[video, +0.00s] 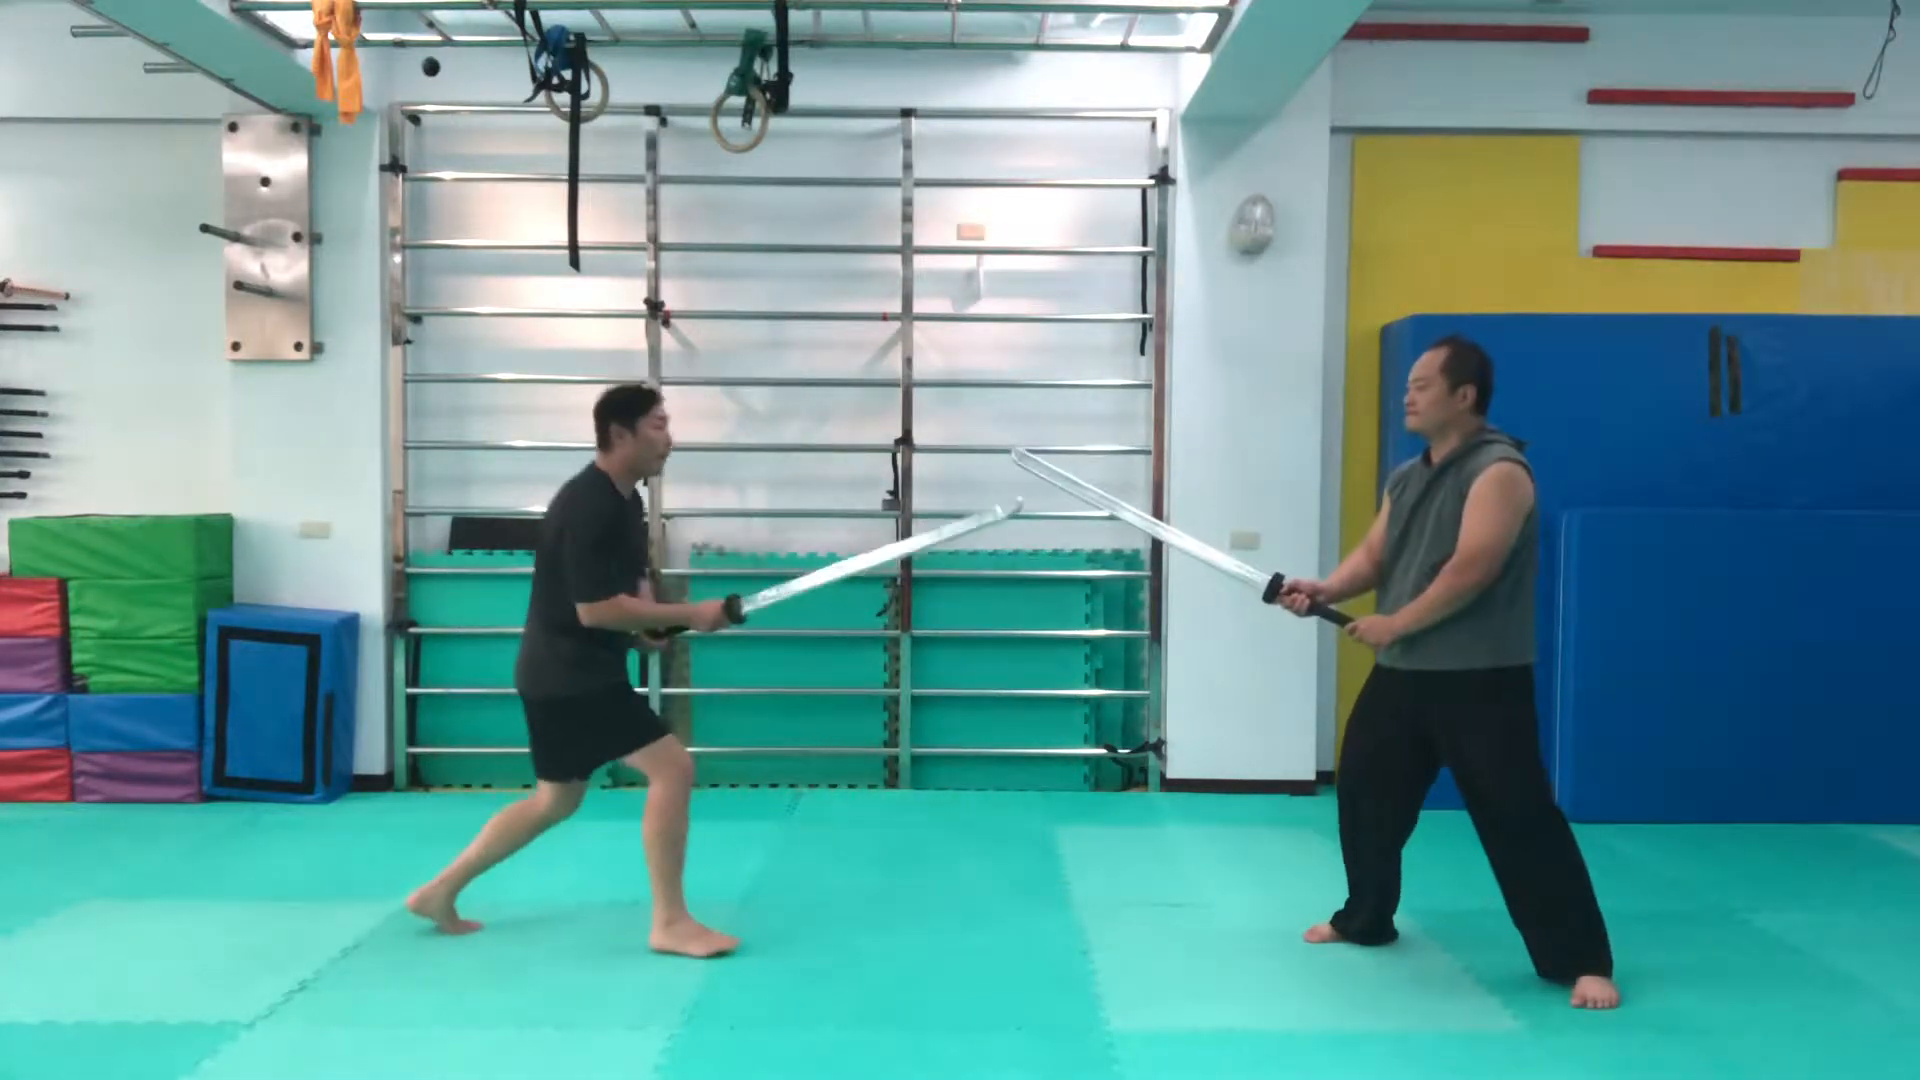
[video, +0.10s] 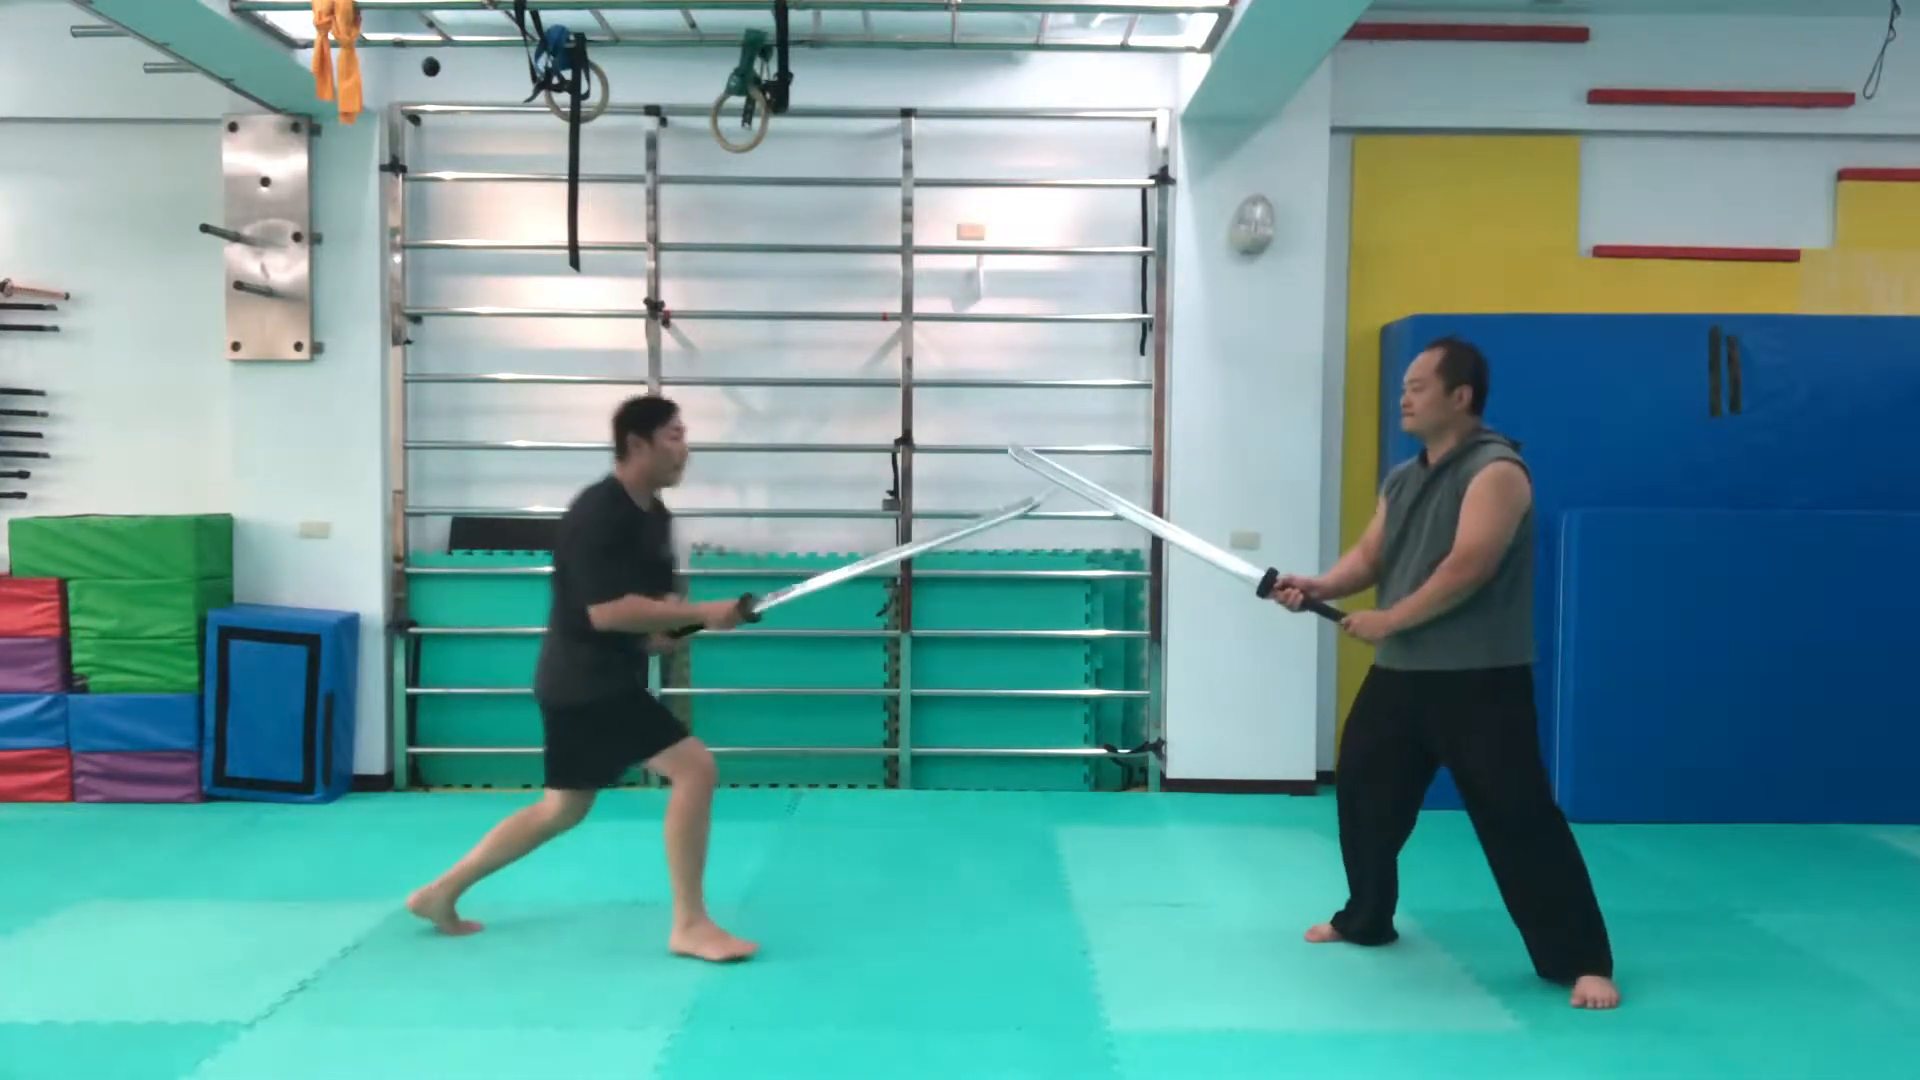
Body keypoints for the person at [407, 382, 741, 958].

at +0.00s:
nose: (670, 438)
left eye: (667, 425)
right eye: (659, 426)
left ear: (620, 436)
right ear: (619, 435)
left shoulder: (620, 500)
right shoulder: (591, 502)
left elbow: (621, 586)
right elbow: (595, 608)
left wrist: (647, 626)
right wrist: (694, 614)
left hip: (559, 675)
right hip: (574, 676)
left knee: (557, 799)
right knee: (672, 767)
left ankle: (439, 894)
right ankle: (670, 923)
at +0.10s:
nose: (685, 448)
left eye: (683, 436)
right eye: (674, 438)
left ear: (647, 446)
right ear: (636, 446)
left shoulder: (653, 515)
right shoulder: (597, 510)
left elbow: (647, 605)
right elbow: (604, 611)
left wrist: (673, 630)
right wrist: (703, 613)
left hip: (590, 683)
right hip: (586, 684)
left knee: (564, 808)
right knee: (694, 769)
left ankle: (441, 894)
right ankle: (691, 926)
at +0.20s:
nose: (720, 456)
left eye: (719, 445)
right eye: (709, 446)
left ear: (684, 455)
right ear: (671, 453)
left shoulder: (698, 522)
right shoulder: (634, 512)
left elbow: (702, 612)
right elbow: (655, 590)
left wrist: (751, 596)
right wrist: (757, 587)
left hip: (627, 690)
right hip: (626, 691)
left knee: (562, 812)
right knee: (729, 770)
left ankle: (440, 892)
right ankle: (713, 929)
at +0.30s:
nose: (769, 461)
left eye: (769, 450)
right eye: (760, 452)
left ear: (734, 460)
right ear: (727, 460)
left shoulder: (760, 520)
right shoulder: (694, 516)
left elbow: (798, 599)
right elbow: (746, 552)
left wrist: (815, 561)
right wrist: (853, 539)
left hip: (686, 691)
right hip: (678, 692)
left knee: (645, 817)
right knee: (755, 786)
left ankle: (509, 857)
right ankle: (714, 941)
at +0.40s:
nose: (834, 464)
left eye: (833, 454)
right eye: (824, 455)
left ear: (810, 461)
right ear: (791, 463)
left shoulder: (821, 520)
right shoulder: (761, 521)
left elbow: (856, 585)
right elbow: (813, 589)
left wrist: (901, 578)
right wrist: (895, 572)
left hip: (753, 681)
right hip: (723, 680)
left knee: (760, 806)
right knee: (783, 797)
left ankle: (648, 831)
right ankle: (716, 941)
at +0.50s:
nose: (895, 453)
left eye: (894, 442)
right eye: (886, 443)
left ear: (857, 449)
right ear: (851, 450)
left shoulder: (871, 500)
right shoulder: (825, 511)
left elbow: (923, 534)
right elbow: (858, 601)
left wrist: (979, 555)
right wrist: (954, 588)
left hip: (824, 663)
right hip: (788, 667)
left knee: (893, 729)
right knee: (813, 795)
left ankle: (857, 858)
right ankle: (726, 928)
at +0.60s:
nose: (945, 452)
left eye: (942, 441)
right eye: (937, 442)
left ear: (904, 444)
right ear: (905, 446)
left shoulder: (911, 479)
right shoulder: (883, 513)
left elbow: (983, 447)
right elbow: (951, 589)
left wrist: (1029, 474)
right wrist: (1024, 565)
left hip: (896, 656)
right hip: (860, 661)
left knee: (967, 741)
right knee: (872, 787)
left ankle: (1026, 855)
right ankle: (766, 898)